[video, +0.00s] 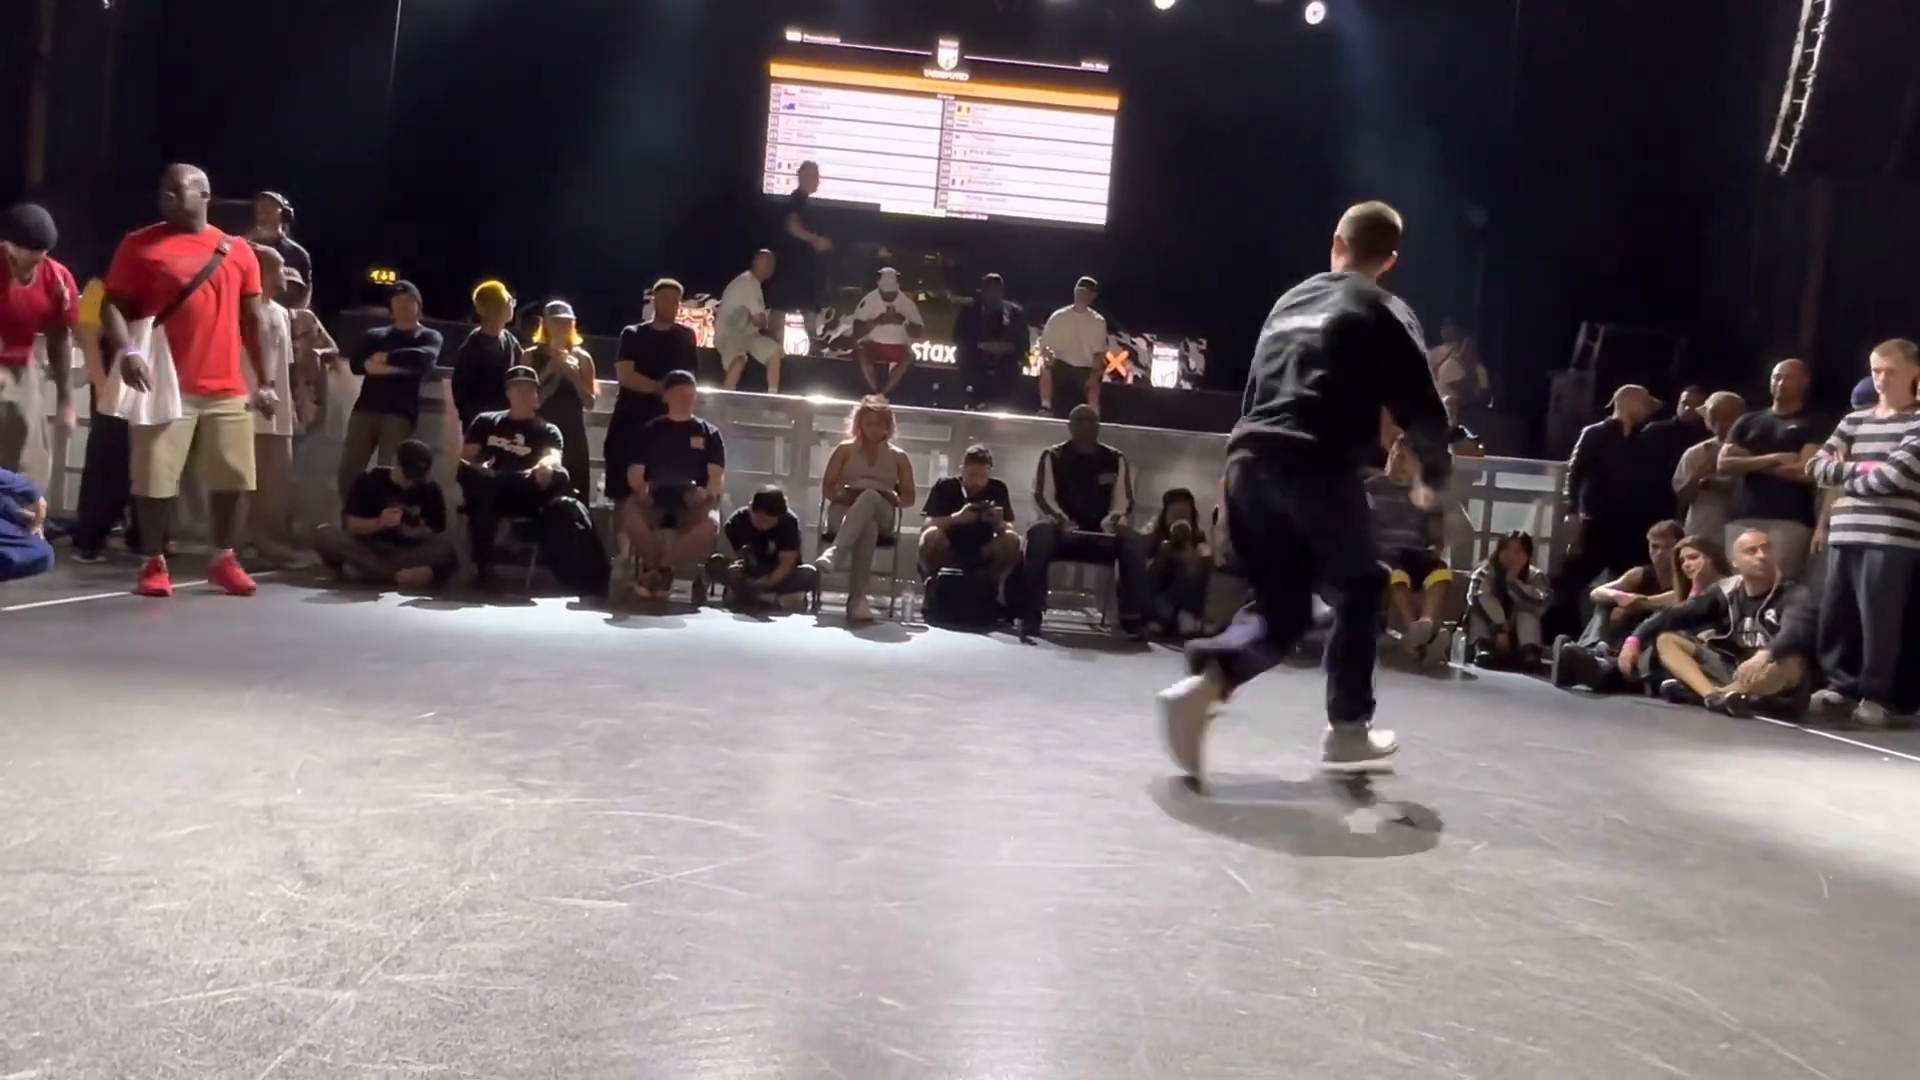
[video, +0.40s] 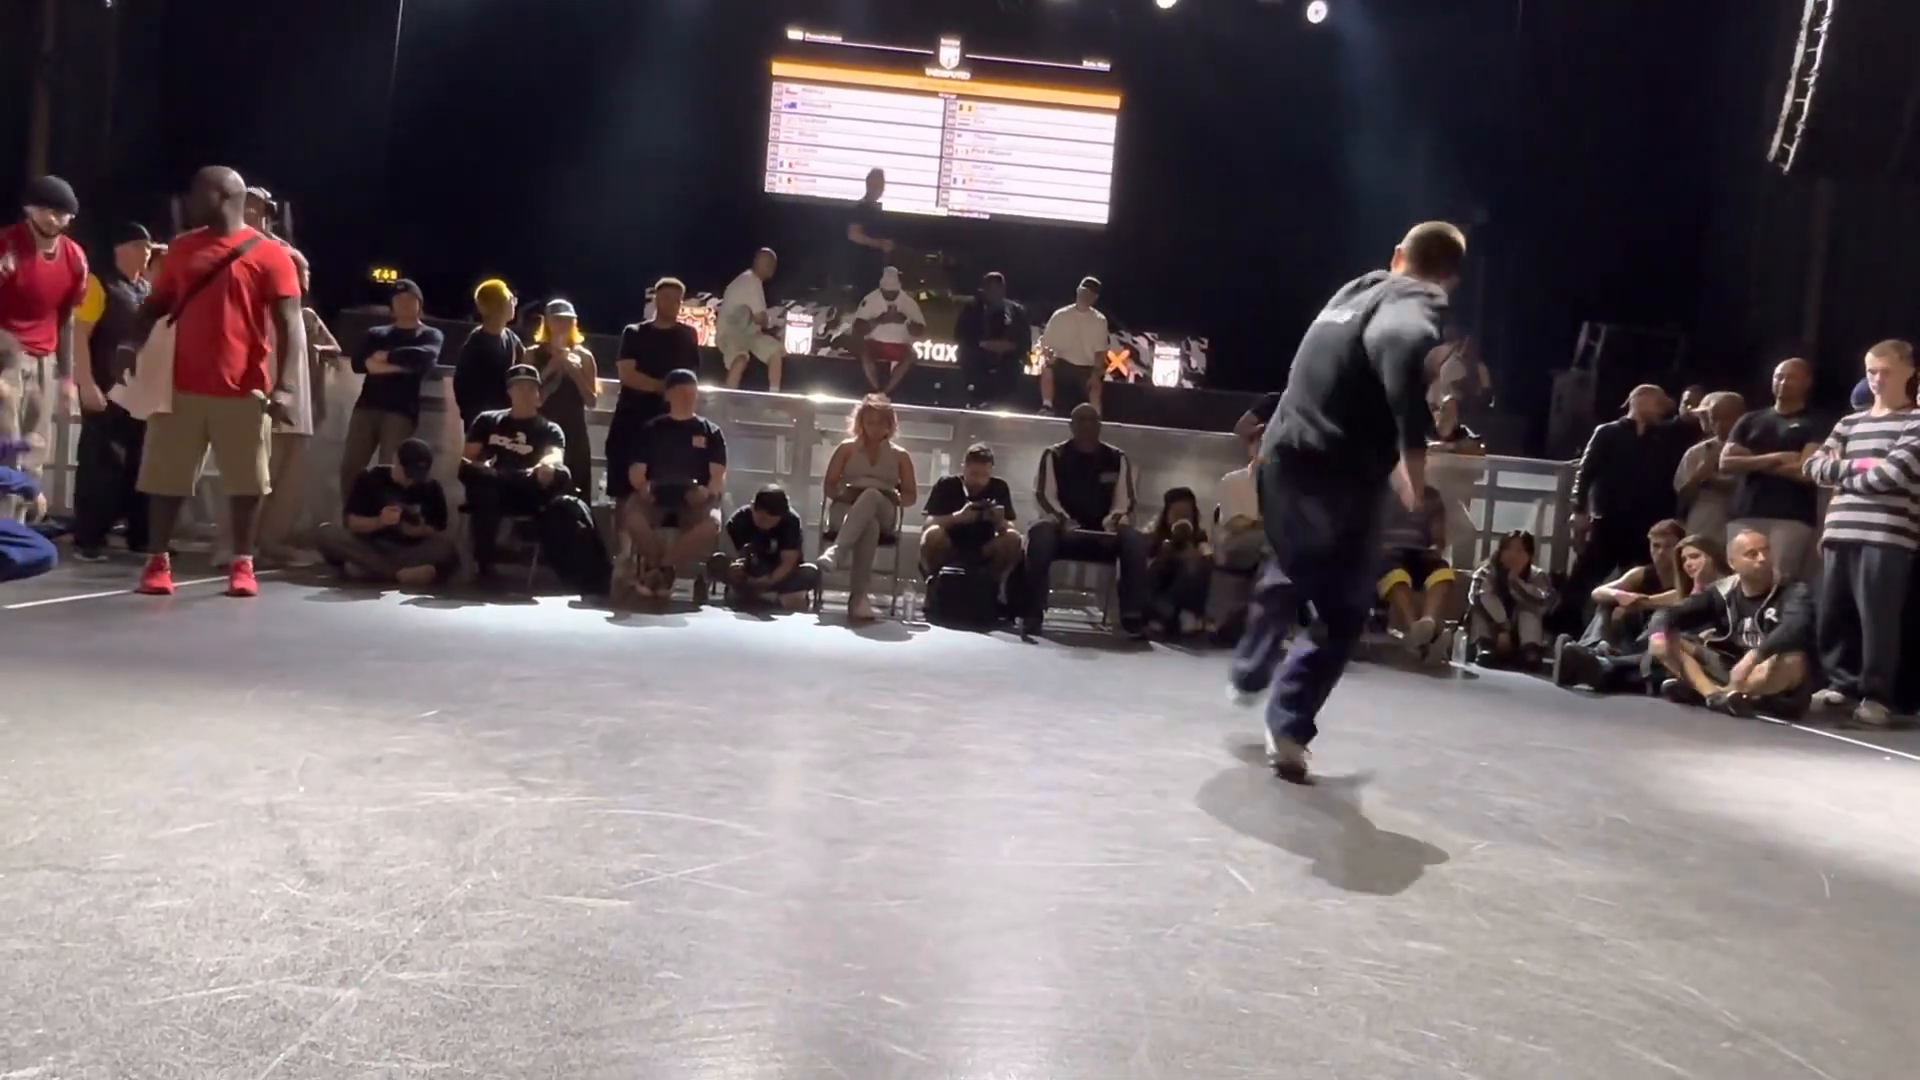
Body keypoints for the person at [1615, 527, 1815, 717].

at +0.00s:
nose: (1761, 557)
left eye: (1766, 549)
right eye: (1751, 551)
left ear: (1773, 555)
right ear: (1736, 561)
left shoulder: (1794, 594)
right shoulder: (1724, 592)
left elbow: (1795, 631)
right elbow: (1677, 615)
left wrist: (1767, 654)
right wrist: (1635, 640)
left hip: (1775, 671)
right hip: (1731, 669)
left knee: (1792, 663)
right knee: (1666, 642)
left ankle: (1717, 695)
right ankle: (1712, 696)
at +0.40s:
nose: (1762, 559)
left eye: (1765, 552)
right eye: (1752, 554)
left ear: (1771, 553)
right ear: (1732, 562)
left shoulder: (1793, 590)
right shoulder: (1721, 591)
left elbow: (1795, 628)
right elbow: (1671, 614)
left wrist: (1754, 656)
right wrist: (1658, 633)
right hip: (1729, 667)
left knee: (1793, 661)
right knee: (1663, 643)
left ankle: (1718, 694)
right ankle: (1714, 694)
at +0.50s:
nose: (1760, 558)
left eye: (1763, 551)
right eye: (1750, 553)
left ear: (1770, 554)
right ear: (1732, 561)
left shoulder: (1793, 592)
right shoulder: (1721, 591)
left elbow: (1779, 630)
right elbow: (1667, 615)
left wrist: (1733, 658)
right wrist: (1673, 635)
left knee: (1789, 660)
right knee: (1659, 638)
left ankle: (1709, 695)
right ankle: (1718, 697)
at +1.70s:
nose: (1762, 558)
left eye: (1769, 552)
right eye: (1754, 552)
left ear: (1778, 557)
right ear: (1739, 560)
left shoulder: (1795, 590)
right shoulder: (1727, 591)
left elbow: (1794, 626)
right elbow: (1686, 608)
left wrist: (1754, 651)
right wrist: (1650, 624)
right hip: (1727, 666)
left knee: (1784, 660)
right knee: (1664, 635)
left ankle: (1719, 697)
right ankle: (1710, 695)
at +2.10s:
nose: (1759, 562)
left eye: (1767, 556)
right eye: (1751, 555)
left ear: (1778, 564)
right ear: (1738, 564)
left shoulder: (1792, 602)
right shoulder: (1724, 593)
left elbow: (1802, 644)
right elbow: (1686, 619)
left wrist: (1764, 677)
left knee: (1795, 674)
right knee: (1674, 650)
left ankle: (1727, 697)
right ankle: (1712, 698)